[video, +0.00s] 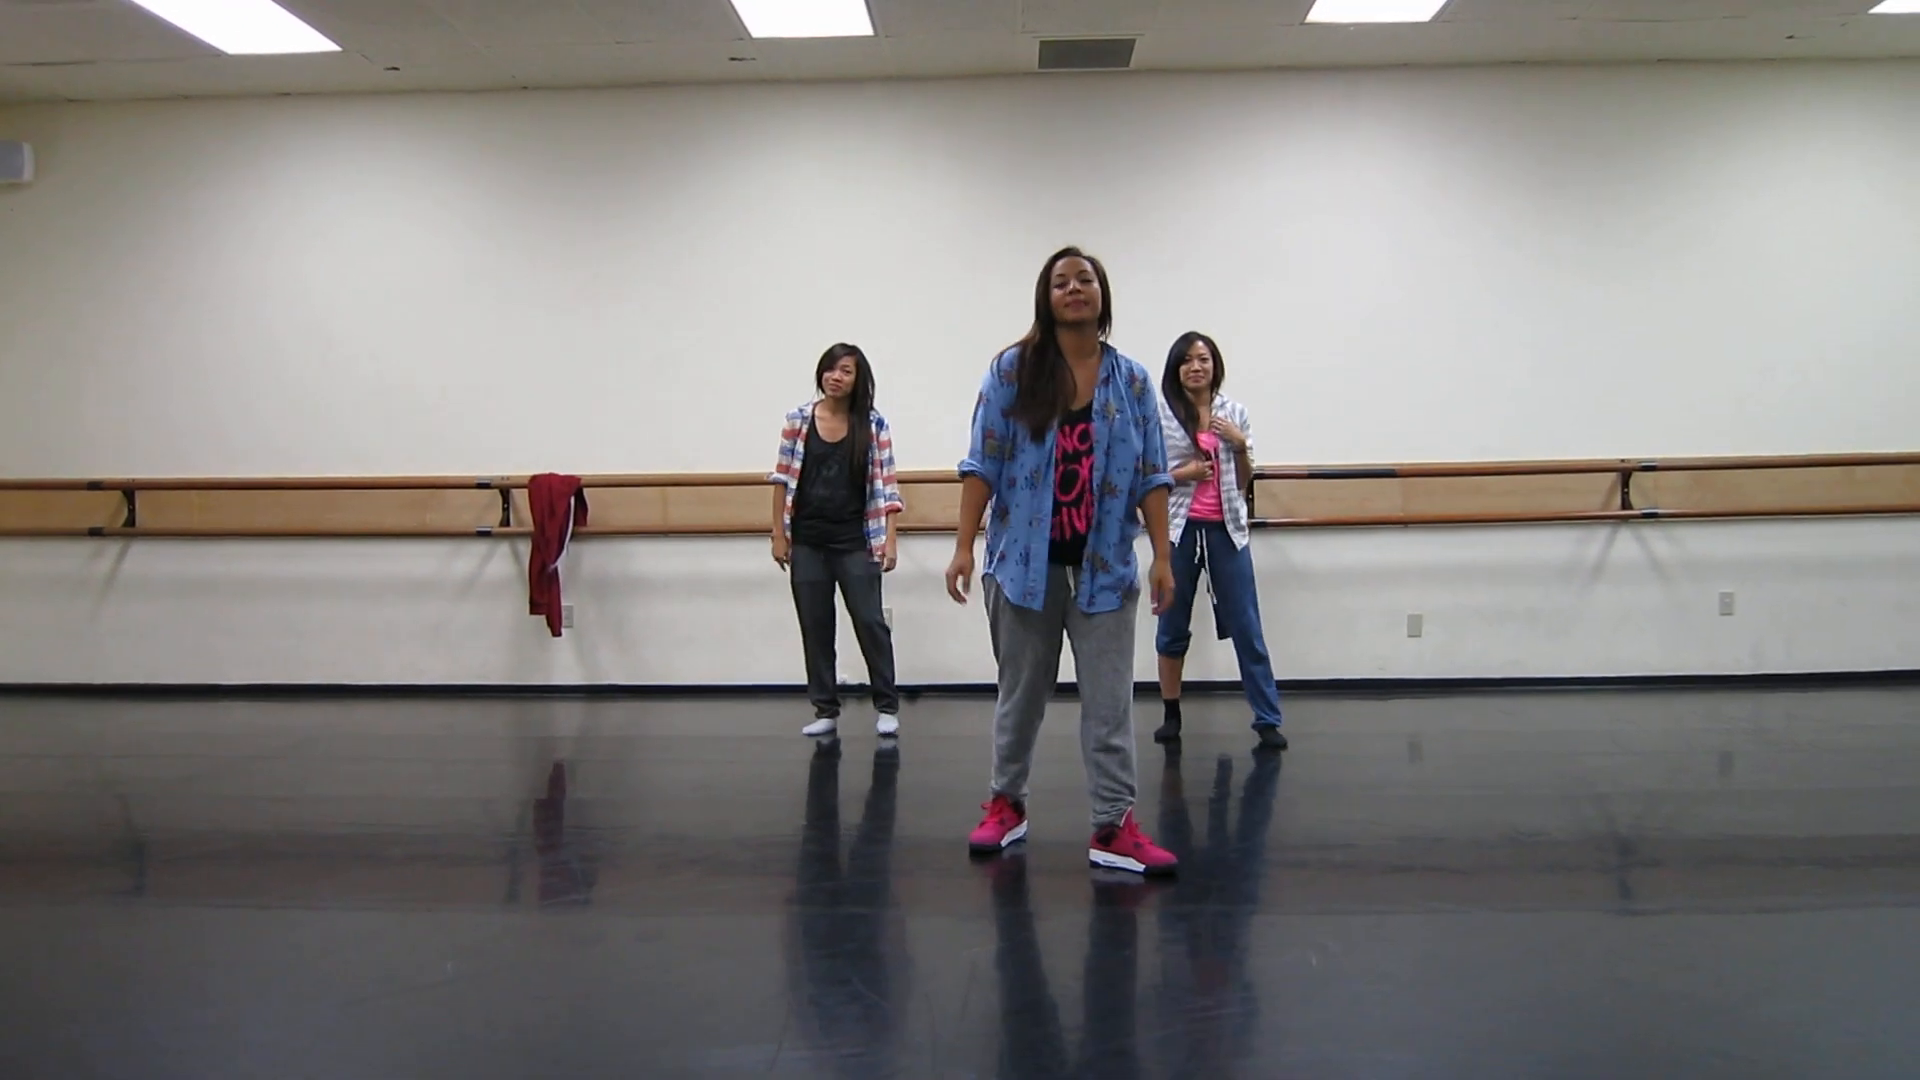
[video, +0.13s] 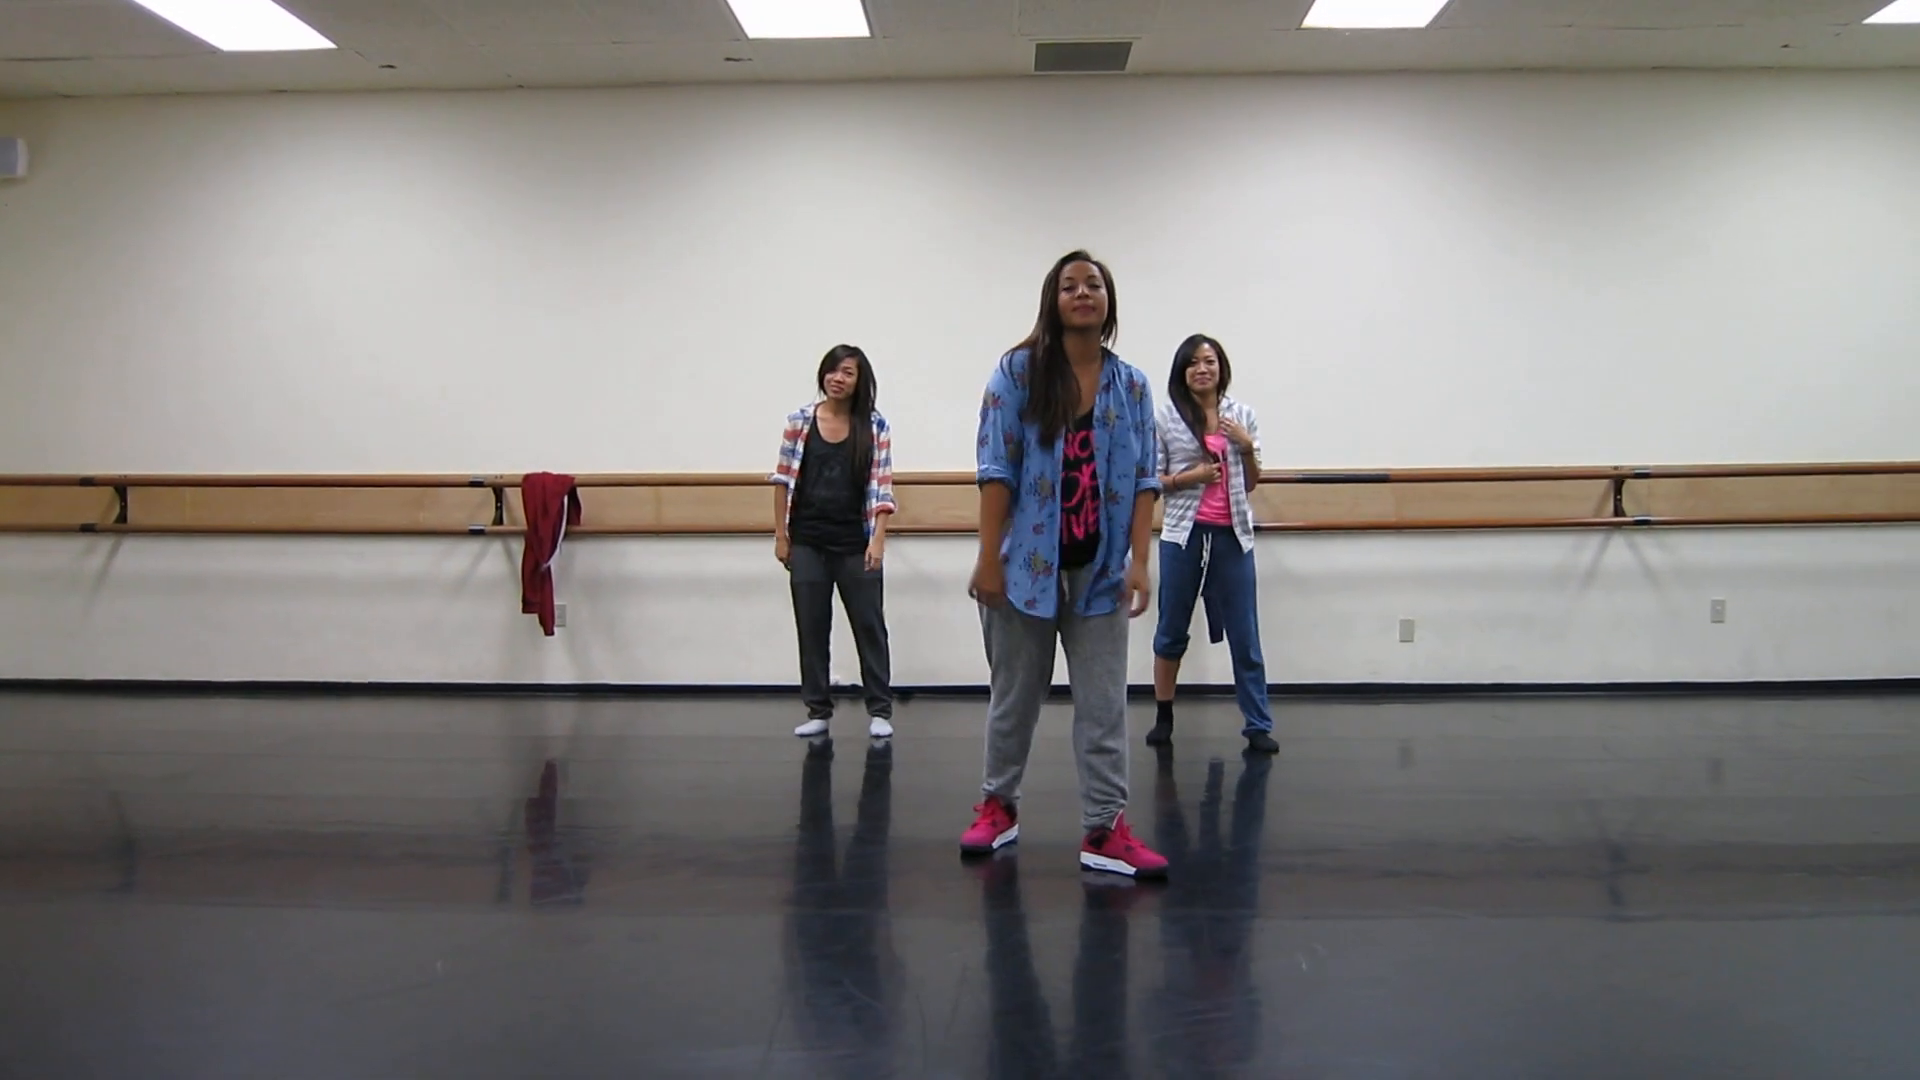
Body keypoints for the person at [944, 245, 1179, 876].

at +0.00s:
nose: (1075, 287)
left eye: (1085, 278)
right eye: (1062, 281)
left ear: (1104, 294)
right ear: (1045, 299)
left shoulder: (1131, 379)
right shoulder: (1012, 370)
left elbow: (1151, 475)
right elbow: (982, 463)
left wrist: (1161, 554)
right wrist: (964, 546)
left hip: (1105, 565)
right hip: (1024, 563)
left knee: (1110, 700)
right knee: (1020, 693)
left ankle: (1113, 826)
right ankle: (1005, 806)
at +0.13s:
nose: (1084, 293)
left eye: (1093, 284)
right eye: (1071, 286)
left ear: (1110, 300)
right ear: (1052, 302)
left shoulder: (1131, 383)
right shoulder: (1017, 373)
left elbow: (1147, 480)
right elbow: (996, 471)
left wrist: (1140, 560)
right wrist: (989, 557)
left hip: (1102, 570)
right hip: (1025, 567)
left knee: (1104, 704)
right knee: (1014, 697)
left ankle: (1104, 829)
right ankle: (998, 808)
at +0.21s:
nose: (1082, 296)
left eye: (1092, 288)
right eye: (1070, 288)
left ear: (1108, 303)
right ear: (1050, 303)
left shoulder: (1127, 386)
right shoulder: (1014, 374)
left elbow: (1137, 482)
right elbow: (999, 469)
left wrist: (1118, 561)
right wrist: (1019, 557)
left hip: (1093, 570)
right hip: (1017, 566)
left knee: (1098, 705)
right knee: (1009, 698)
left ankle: (1101, 830)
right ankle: (994, 810)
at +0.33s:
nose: (1067, 302)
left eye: (1079, 293)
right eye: (1056, 293)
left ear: (1095, 307)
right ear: (1037, 306)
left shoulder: (1114, 387)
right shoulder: (1001, 375)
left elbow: (1115, 486)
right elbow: (996, 472)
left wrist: (1079, 557)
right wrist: (1058, 526)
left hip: (1081, 567)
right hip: (1002, 565)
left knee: (1091, 709)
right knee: (1000, 701)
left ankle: (1098, 833)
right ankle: (991, 813)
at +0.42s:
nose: (1053, 305)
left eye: (1064, 296)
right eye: (1041, 296)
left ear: (1082, 308)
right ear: (1023, 308)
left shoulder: (1103, 386)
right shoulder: (990, 375)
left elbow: (1100, 489)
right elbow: (993, 464)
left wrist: (1053, 552)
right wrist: (1065, 498)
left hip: (1071, 566)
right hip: (993, 565)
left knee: (1082, 707)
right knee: (994, 701)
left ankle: (1094, 833)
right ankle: (990, 814)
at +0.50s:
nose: (1039, 314)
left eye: (1051, 303)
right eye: (1028, 304)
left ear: (1069, 313)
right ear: (1011, 313)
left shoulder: (1091, 387)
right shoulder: (979, 377)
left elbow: (1087, 484)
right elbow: (987, 460)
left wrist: (1032, 541)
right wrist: (1060, 490)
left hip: (1060, 563)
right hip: (982, 562)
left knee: (1071, 703)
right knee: (989, 699)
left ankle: (1090, 831)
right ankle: (988, 815)